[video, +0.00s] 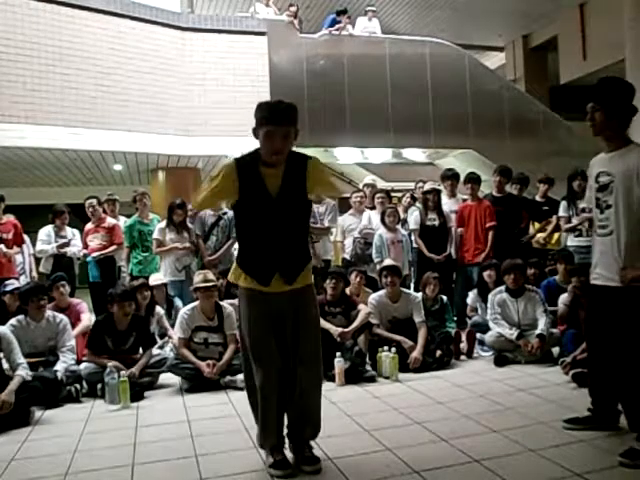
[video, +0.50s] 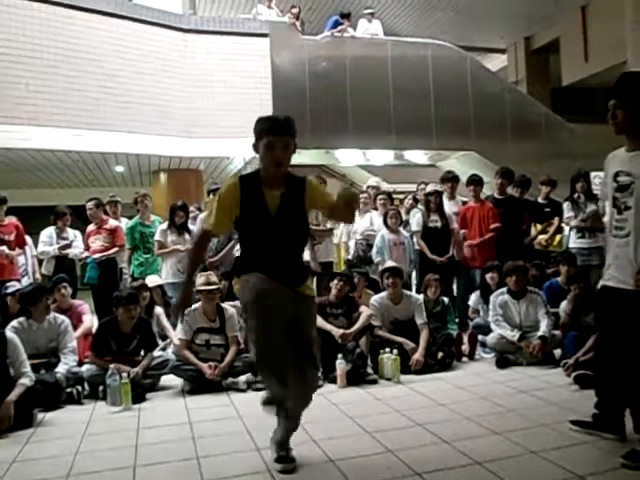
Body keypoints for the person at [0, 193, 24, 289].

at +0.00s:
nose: (1, 206)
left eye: (1, 203)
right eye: (1, 203)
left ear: (4, 204)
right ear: (3, 204)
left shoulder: (13, 224)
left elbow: (18, 246)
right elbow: (18, 246)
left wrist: (10, 252)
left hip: (8, 273)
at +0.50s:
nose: (1, 209)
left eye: (2, 206)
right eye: (1, 207)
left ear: (5, 206)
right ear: (3, 207)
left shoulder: (14, 225)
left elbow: (21, 246)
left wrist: (13, 253)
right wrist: (5, 252)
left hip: (10, 274)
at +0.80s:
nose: (2, 212)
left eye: (4, 209)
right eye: (1, 209)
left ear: (8, 208)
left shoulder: (17, 225)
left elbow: (25, 247)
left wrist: (16, 254)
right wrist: (7, 253)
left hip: (14, 276)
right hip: (2, 276)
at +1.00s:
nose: (2, 212)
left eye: (4, 209)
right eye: (1, 209)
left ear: (8, 208)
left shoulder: (17, 225)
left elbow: (25, 247)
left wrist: (16, 254)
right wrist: (6, 253)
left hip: (14, 276)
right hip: (2, 276)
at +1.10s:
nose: (2, 210)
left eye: (4, 207)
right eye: (1, 207)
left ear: (8, 208)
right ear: (1, 208)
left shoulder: (16, 225)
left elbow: (24, 247)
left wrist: (16, 254)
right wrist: (6, 253)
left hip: (14, 276)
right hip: (2, 276)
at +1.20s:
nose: (2, 211)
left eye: (4, 208)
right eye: (1, 208)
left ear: (8, 208)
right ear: (0, 209)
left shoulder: (16, 225)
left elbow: (24, 247)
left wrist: (16, 254)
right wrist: (6, 253)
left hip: (13, 276)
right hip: (2, 276)